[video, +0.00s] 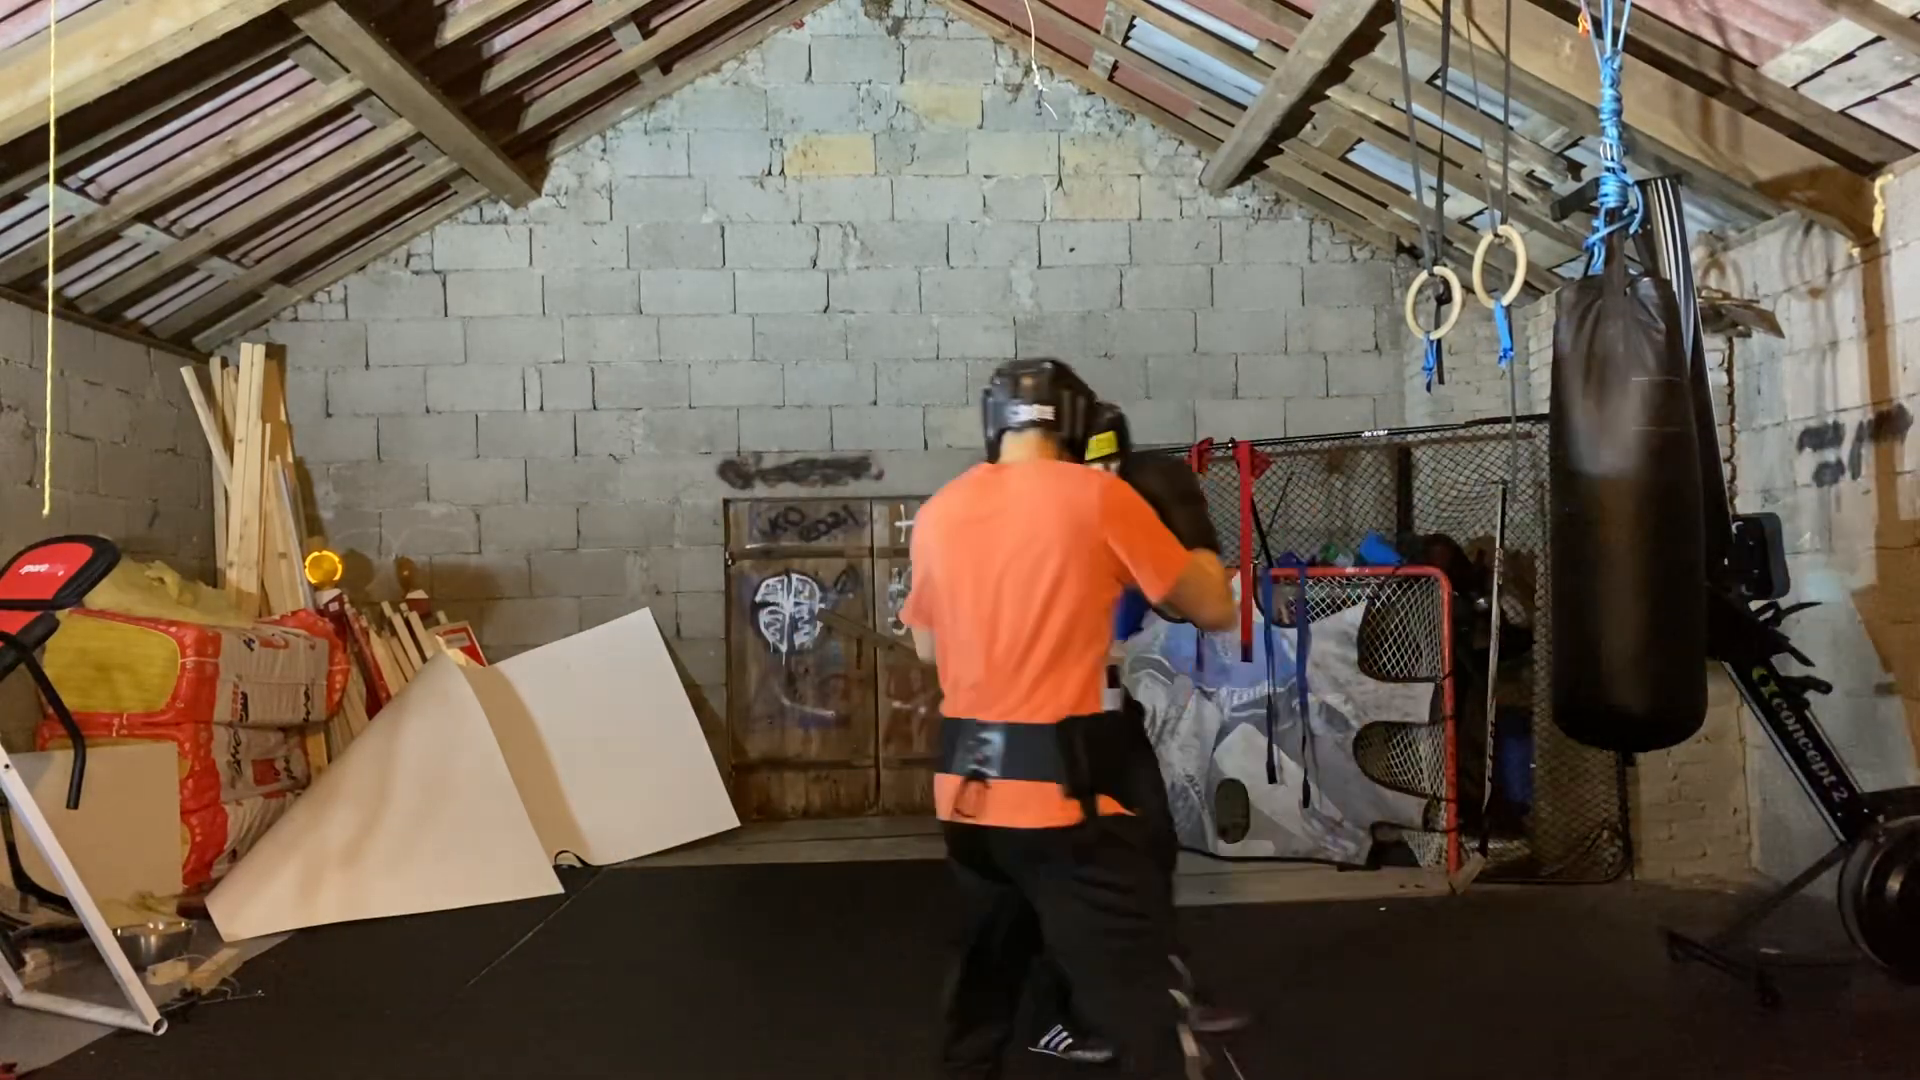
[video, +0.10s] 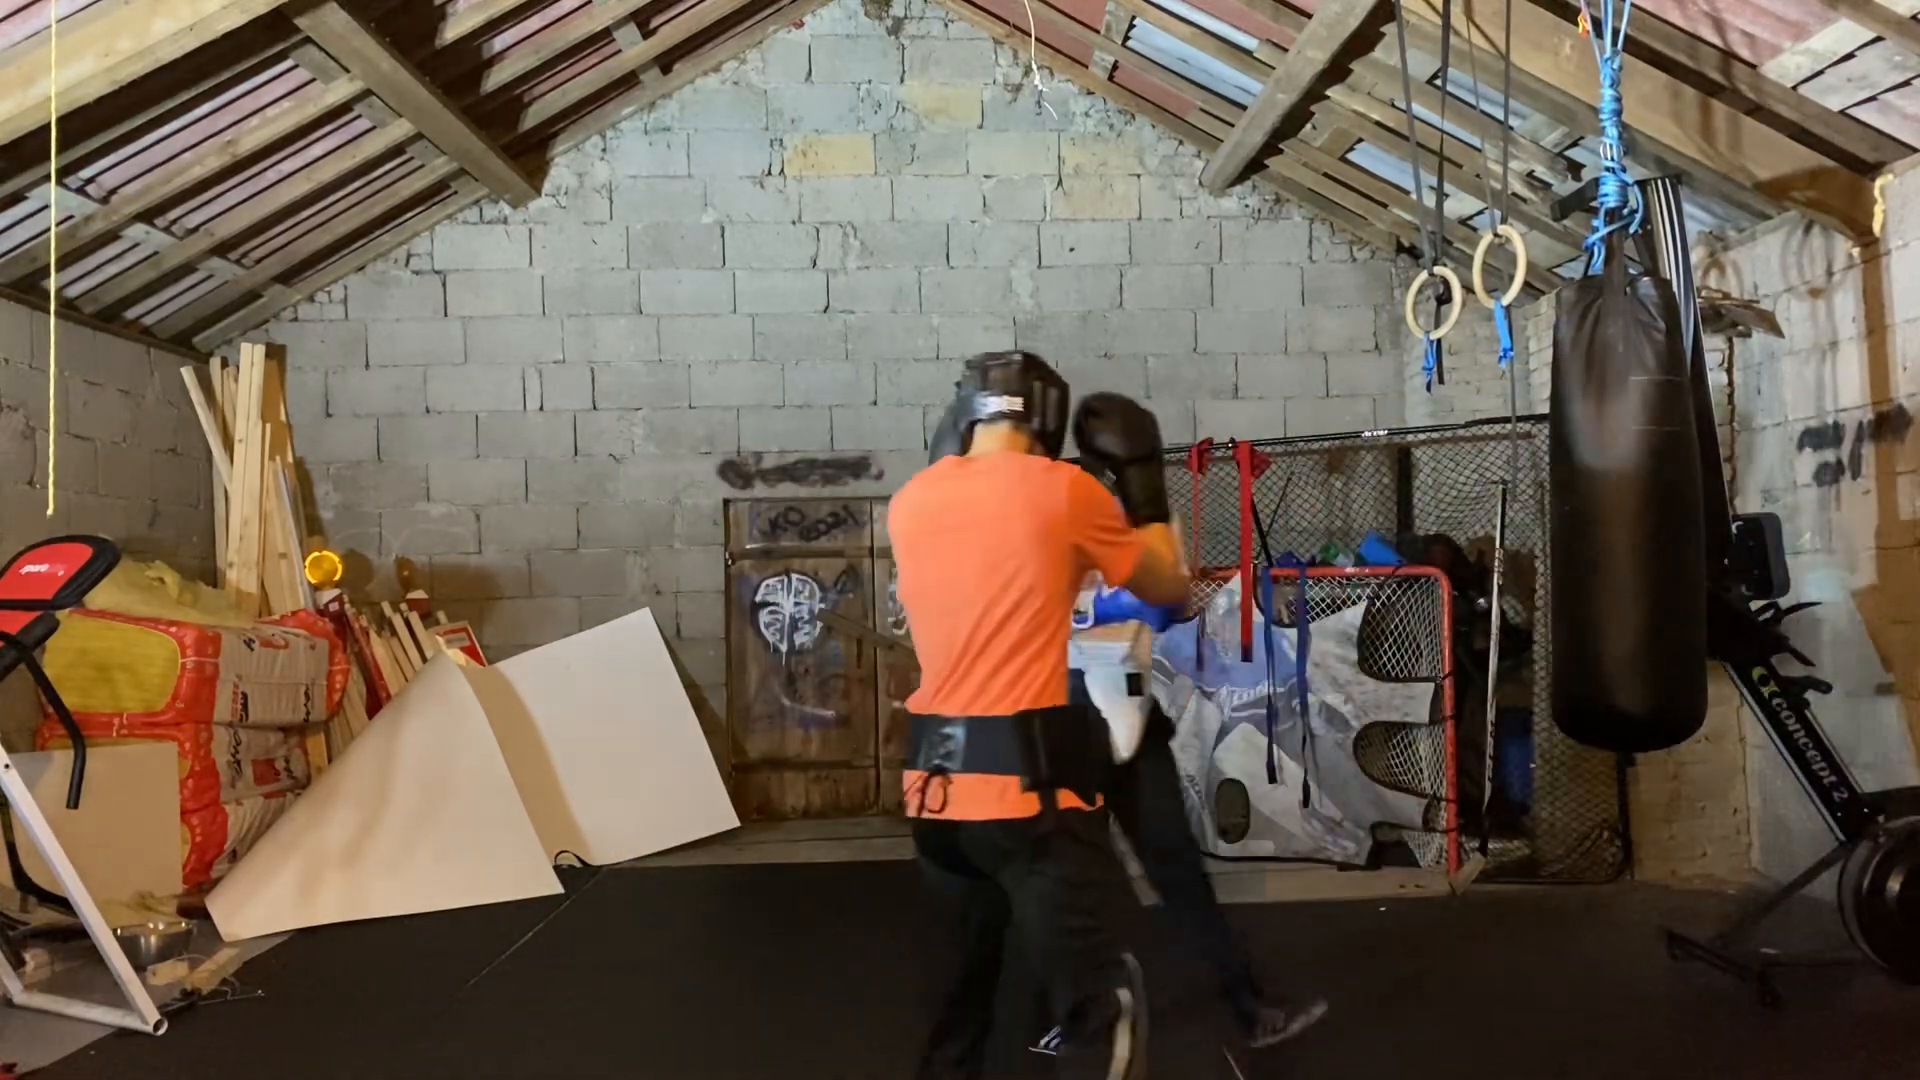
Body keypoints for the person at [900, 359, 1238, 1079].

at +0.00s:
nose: (1086, 431)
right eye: (1082, 418)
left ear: (992, 425)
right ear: (1072, 422)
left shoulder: (938, 512)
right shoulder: (1097, 498)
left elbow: (932, 638)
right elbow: (1215, 606)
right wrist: (1180, 514)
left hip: (966, 800)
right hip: (1066, 802)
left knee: (987, 983)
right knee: (1136, 1008)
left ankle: (968, 1062)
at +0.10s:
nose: (1057, 429)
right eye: (1055, 417)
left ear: (963, 416)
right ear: (1045, 418)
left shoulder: (909, 502)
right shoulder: (1063, 491)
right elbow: (1171, 586)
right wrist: (1144, 476)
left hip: (932, 796)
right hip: (1024, 800)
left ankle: (950, 1062)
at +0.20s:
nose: (1031, 428)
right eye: (1027, 414)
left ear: (939, 414)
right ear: (1018, 415)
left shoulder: (883, 503)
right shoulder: (1040, 492)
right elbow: (1120, 580)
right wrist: (1108, 473)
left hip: (910, 786)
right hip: (1005, 791)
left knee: (938, 1001)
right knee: (1022, 1013)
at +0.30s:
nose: (1012, 430)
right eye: (1010, 417)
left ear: (918, 417)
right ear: (1000, 419)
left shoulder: (861, 507)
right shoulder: (1016, 495)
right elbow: (1102, 587)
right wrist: (1086, 476)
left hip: (889, 782)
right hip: (977, 786)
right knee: (944, 1012)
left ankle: (946, 1041)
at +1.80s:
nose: (636, 470)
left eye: (638, 450)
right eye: (627, 448)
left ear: (574, 446)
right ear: (578, 445)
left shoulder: (574, 560)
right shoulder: (454, 544)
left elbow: (569, 727)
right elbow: (513, 716)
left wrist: (657, 657)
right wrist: (601, 609)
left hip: (553, 821)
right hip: (457, 838)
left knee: (656, 1035)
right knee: (455, 1060)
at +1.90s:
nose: (659, 481)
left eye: (661, 463)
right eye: (652, 461)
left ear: (591, 454)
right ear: (605, 456)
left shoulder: (594, 567)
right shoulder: (484, 548)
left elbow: (646, 711)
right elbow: (564, 701)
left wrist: (706, 610)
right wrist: (648, 586)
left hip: (570, 827)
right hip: (475, 839)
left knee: (673, 1027)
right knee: (454, 1059)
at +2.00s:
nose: (676, 461)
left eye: (679, 447)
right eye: (667, 444)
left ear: (606, 439)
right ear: (619, 439)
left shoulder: (634, 544)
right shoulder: (512, 535)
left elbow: (712, 654)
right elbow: (634, 648)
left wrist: (736, 533)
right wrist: (687, 524)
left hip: (594, 809)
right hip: (495, 822)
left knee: (680, 1026)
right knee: (436, 1055)